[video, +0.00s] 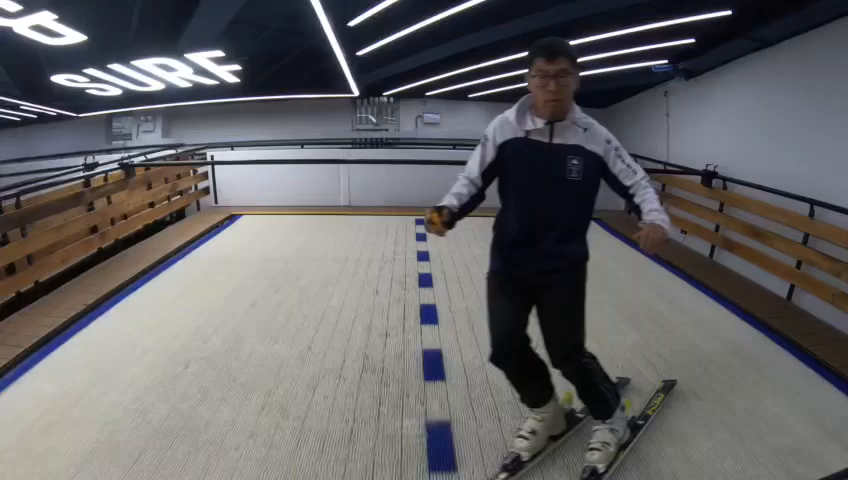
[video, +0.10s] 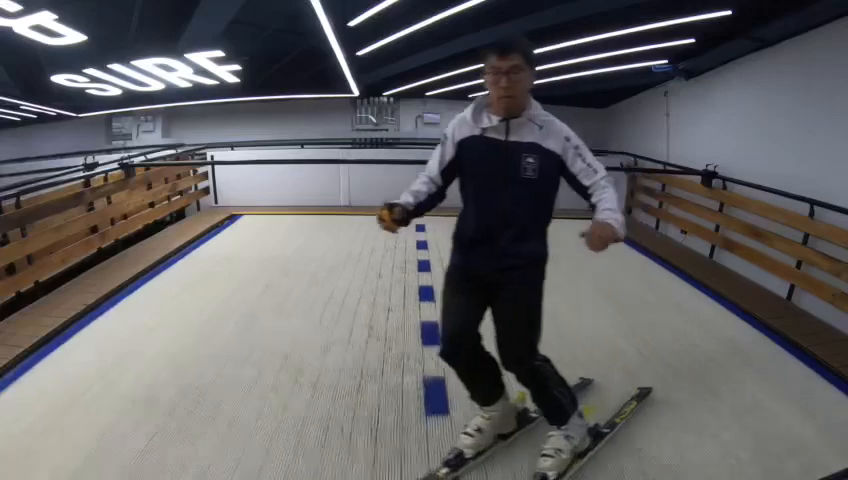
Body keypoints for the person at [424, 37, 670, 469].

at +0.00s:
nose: (552, 87)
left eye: (562, 78)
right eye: (542, 78)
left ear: (576, 82)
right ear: (529, 82)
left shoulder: (594, 136)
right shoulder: (504, 129)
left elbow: (635, 181)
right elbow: (472, 179)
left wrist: (655, 218)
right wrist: (447, 209)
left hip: (564, 262)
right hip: (510, 260)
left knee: (565, 353)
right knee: (505, 349)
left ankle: (611, 416)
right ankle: (548, 412)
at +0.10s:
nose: (503, 82)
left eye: (513, 72)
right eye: (495, 74)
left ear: (531, 77)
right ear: (485, 80)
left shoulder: (552, 133)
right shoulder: (463, 127)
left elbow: (598, 181)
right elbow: (434, 178)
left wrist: (608, 217)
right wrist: (405, 207)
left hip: (522, 261)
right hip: (468, 257)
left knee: (517, 354)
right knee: (455, 343)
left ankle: (570, 425)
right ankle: (497, 409)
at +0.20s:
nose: (451, 77)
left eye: (461, 67)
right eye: (443, 70)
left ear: (482, 72)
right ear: (434, 78)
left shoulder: (505, 129)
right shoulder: (419, 125)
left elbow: (551, 179)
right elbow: (389, 179)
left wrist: (552, 212)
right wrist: (353, 203)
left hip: (474, 255)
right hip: (423, 249)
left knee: (465, 351)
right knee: (401, 336)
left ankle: (518, 426)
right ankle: (442, 405)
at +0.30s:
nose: (396, 67)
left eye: (407, 57)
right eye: (389, 59)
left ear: (429, 63)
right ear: (382, 66)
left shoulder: (451, 119)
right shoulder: (367, 115)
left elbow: (497, 168)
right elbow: (339, 168)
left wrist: (496, 203)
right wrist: (303, 193)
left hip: (422, 246)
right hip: (373, 241)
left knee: (417, 342)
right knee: (351, 326)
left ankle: (467, 423)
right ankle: (391, 397)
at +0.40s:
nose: (341, 59)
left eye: (352, 49)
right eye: (335, 51)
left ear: (376, 56)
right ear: (329, 58)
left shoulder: (396, 110)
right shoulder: (313, 107)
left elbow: (441, 158)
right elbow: (287, 158)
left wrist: (443, 194)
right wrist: (249, 183)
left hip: (371, 233)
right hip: (323, 230)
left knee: (365, 328)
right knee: (306, 319)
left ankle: (417, 405)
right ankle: (344, 386)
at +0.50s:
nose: (288, 59)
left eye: (299, 48)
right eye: (282, 50)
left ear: (323, 53)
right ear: (276, 56)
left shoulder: (346, 105)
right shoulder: (266, 104)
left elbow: (393, 153)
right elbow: (240, 157)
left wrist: (391, 190)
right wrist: (201, 179)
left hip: (325, 225)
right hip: (278, 223)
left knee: (309, 316)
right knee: (264, 311)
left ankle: (357, 389)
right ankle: (298, 374)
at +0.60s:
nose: (240, 63)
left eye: (251, 53)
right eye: (234, 55)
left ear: (275, 57)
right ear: (229, 59)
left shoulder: (299, 105)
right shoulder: (221, 110)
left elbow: (348, 153)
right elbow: (199, 161)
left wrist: (342, 191)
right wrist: (159, 182)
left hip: (285, 226)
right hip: (239, 226)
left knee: (261, 310)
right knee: (223, 310)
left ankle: (296, 376)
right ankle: (250, 363)